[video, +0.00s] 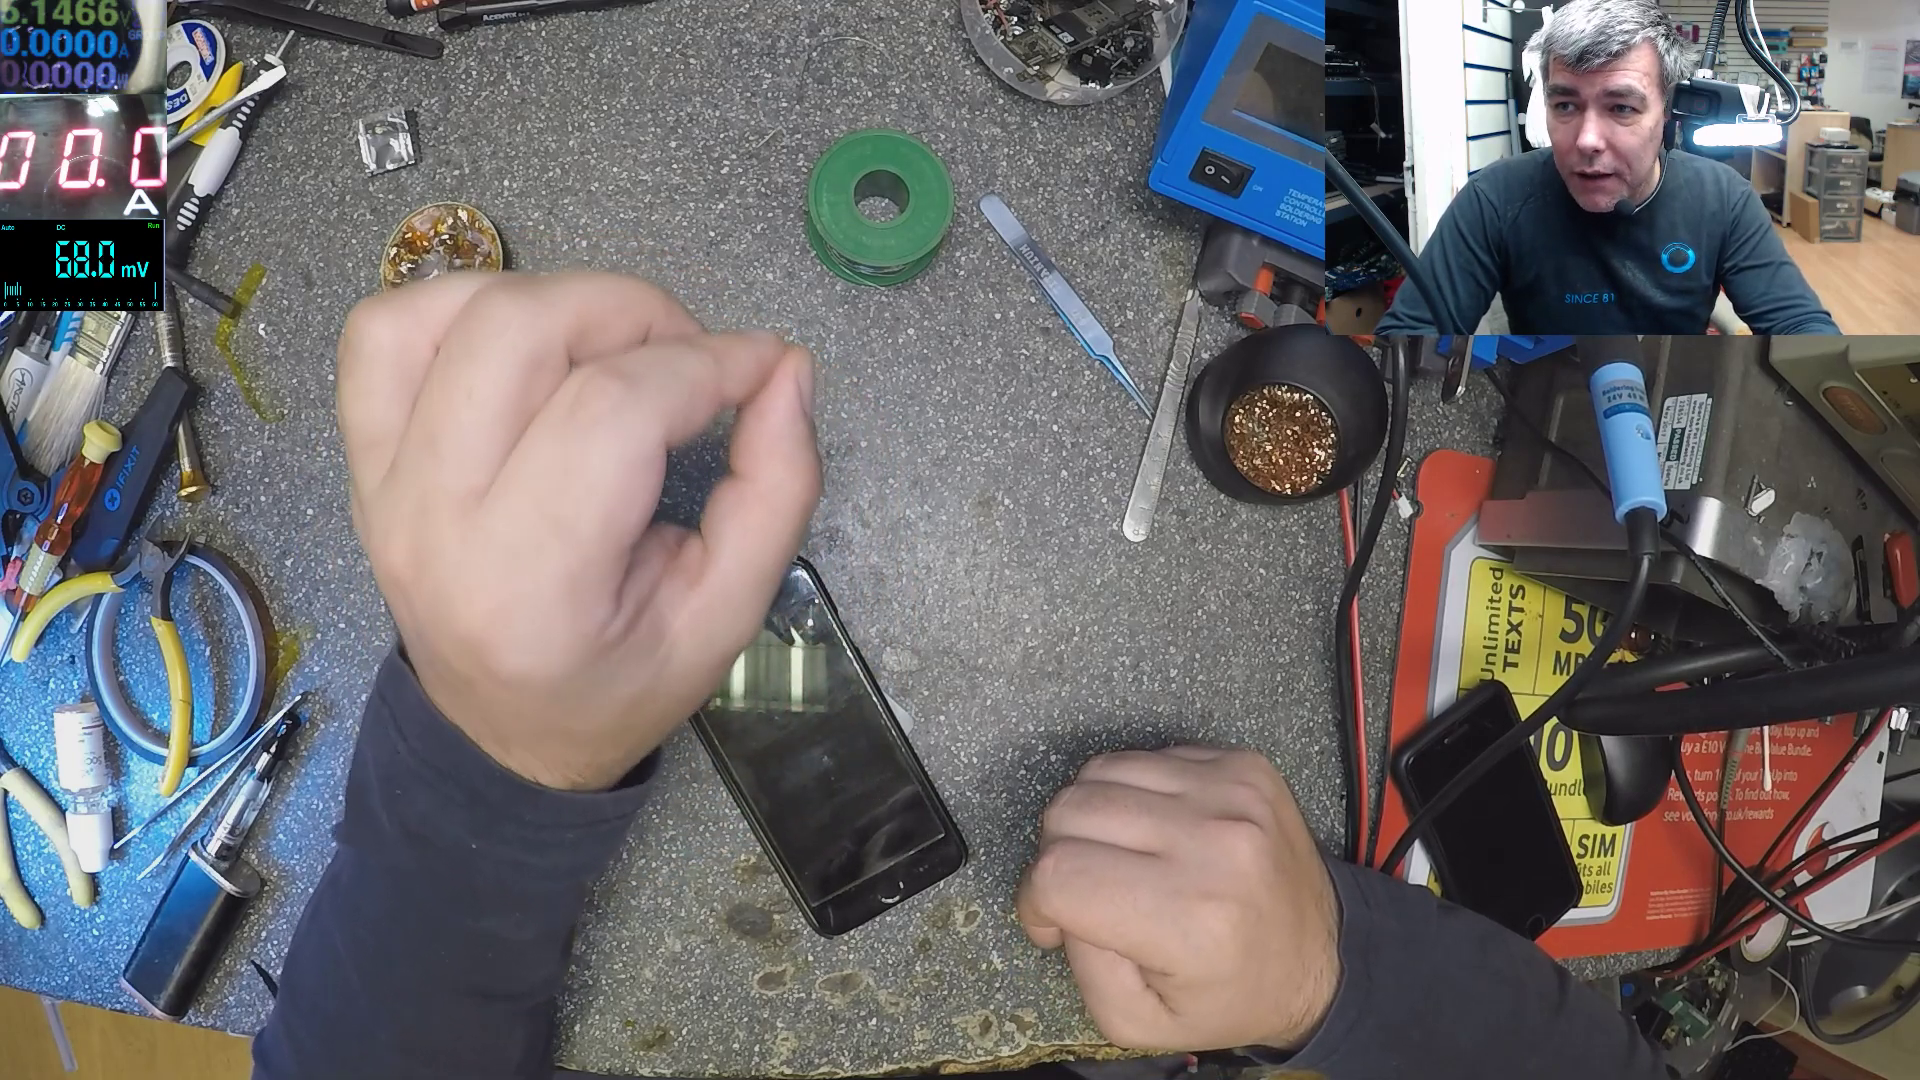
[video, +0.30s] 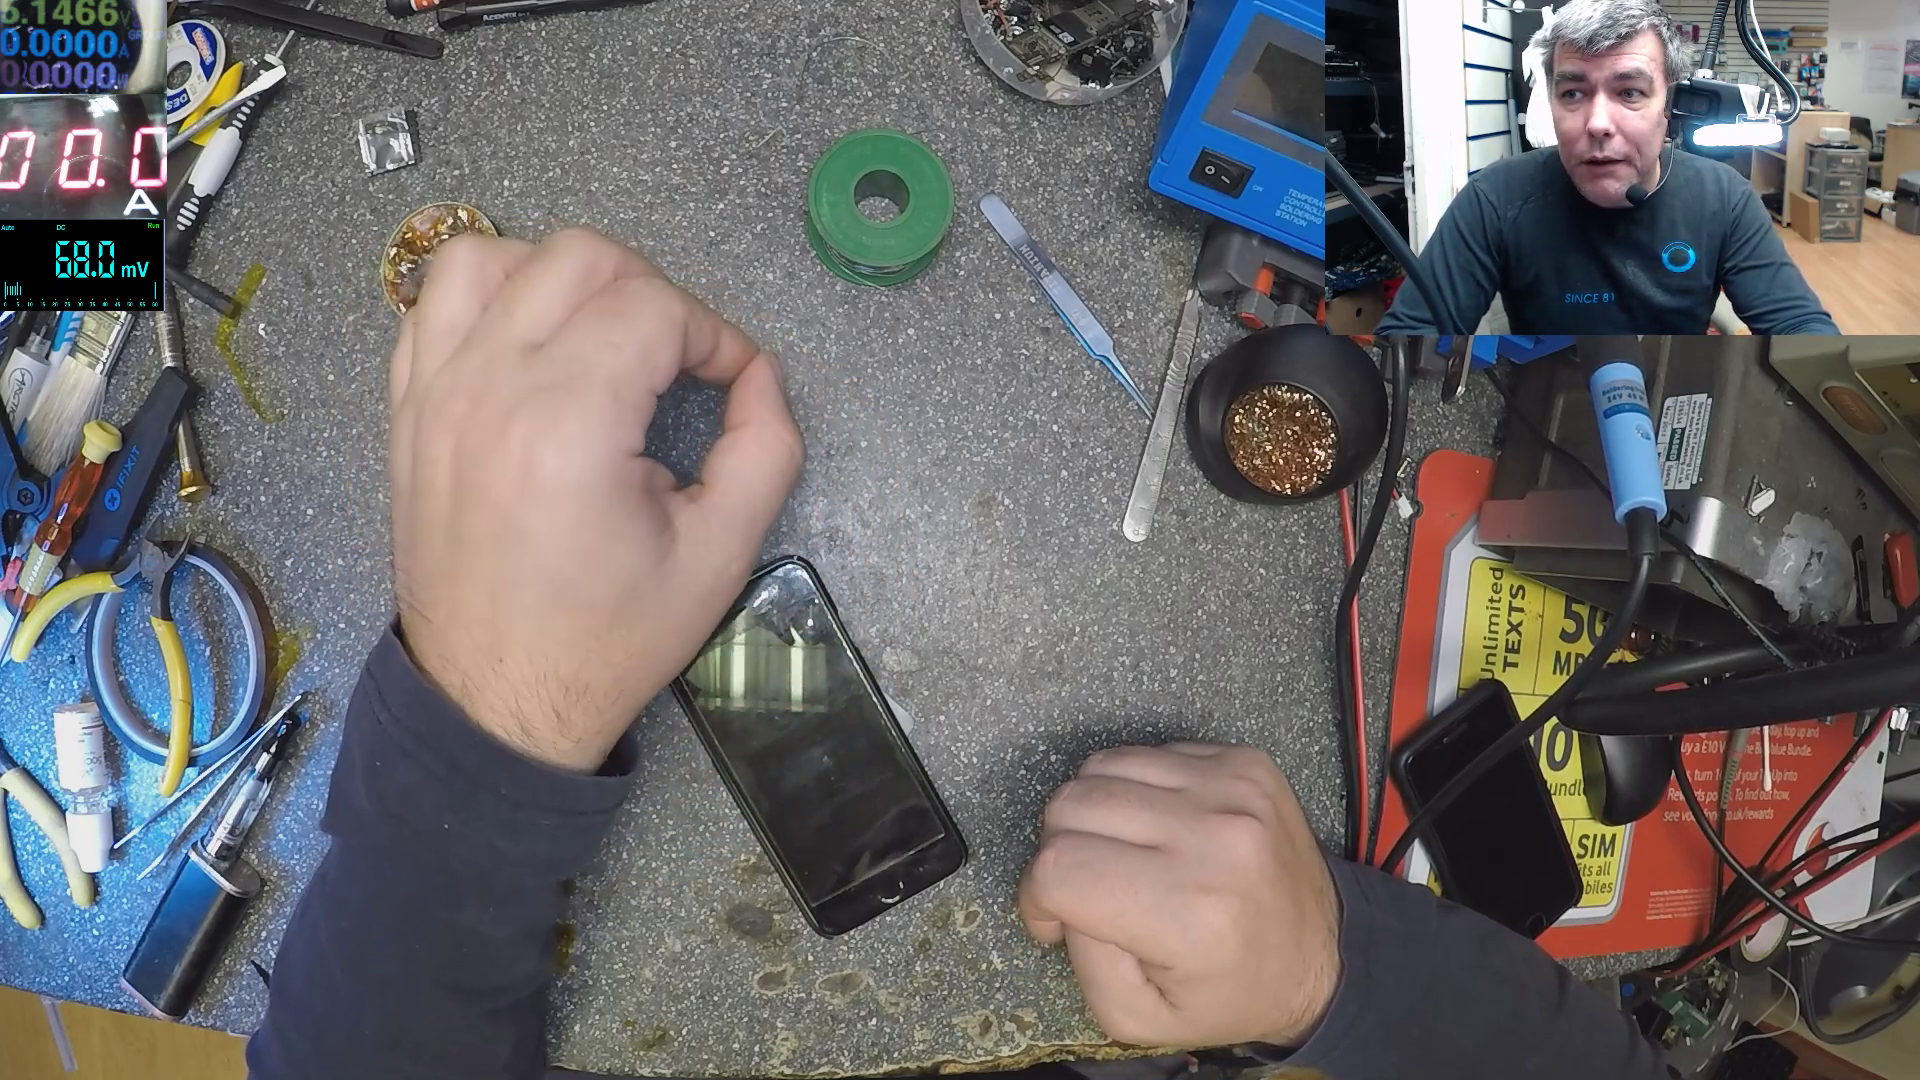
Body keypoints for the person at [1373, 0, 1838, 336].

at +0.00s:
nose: (1588, 142)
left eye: (1622, 110)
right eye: (1567, 106)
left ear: (1665, 116)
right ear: (1543, 109)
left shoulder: (1720, 199)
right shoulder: (1495, 203)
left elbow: (1802, 329)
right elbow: (1407, 338)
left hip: (1680, 423)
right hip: (1544, 424)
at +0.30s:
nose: (1599, 124)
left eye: (1629, 94)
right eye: (1575, 94)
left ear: (1668, 107)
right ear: (1549, 106)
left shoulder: (1721, 199)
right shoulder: (1495, 203)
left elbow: (1801, 327)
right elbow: (1407, 336)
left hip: (1682, 417)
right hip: (1544, 420)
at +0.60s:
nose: (1584, 146)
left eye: (1619, 114)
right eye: (1564, 109)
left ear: (1666, 116)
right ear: (1543, 109)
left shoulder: (1721, 200)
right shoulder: (1496, 203)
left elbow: (1803, 329)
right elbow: (1407, 335)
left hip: (1680, 420)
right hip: (1545, 422)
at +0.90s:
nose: (1588, 148)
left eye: (1623, 115)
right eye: (1566, 111)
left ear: (1665, 117)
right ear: (1543, 110)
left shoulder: (1721, 200)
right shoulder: (1496, 203)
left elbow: (1804, 329)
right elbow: (1406, 336)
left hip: (1681, 422)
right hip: (1545, 424)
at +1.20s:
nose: (1593, 154)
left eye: (1626, 119)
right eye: (1569, 116)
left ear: (1666, 118)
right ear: (1543, 114)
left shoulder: (1720, 199)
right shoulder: (1496, 203)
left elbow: (1802, 328)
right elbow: (1407, 336)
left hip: (1681, 421)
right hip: (1545, 424)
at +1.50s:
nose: (1593, 148)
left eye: (1626, 114)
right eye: (1570, 110)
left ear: (1666, 116)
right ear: (1545, 111)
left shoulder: (1721, 199)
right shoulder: (1496, 203)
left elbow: (1801, 326)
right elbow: (1407, 336)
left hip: (1682, 422)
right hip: (1546, 424)